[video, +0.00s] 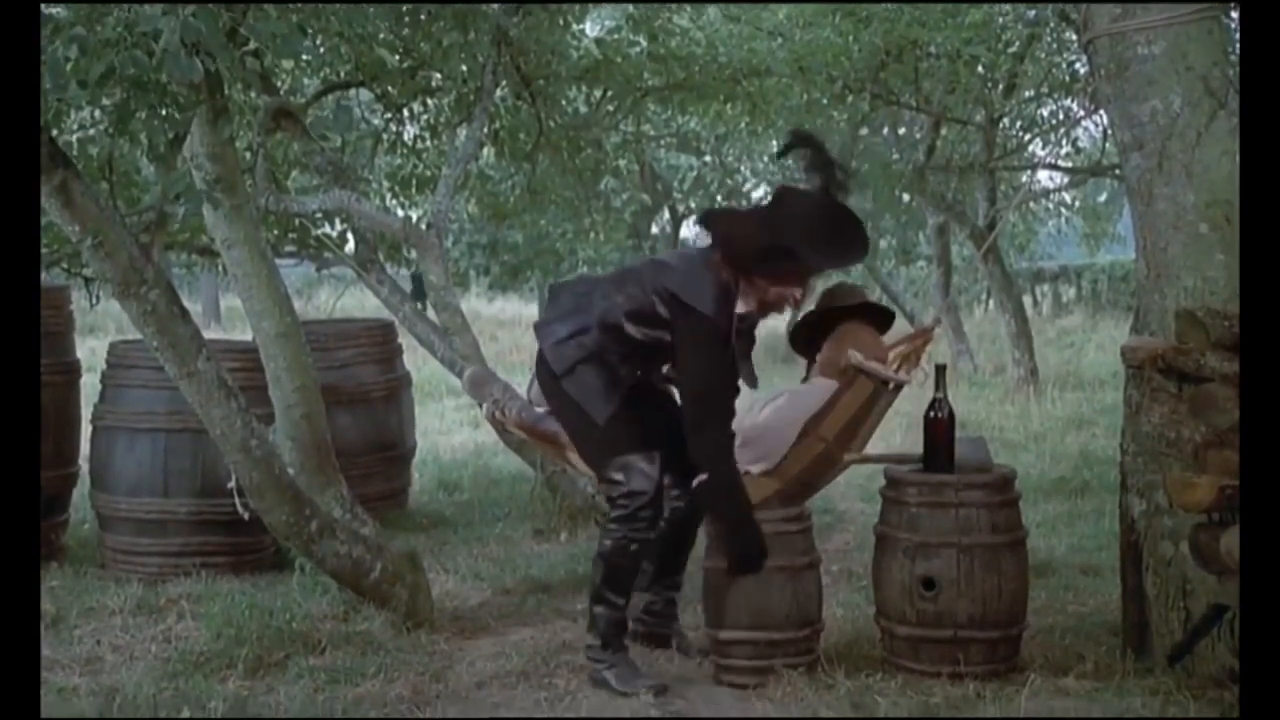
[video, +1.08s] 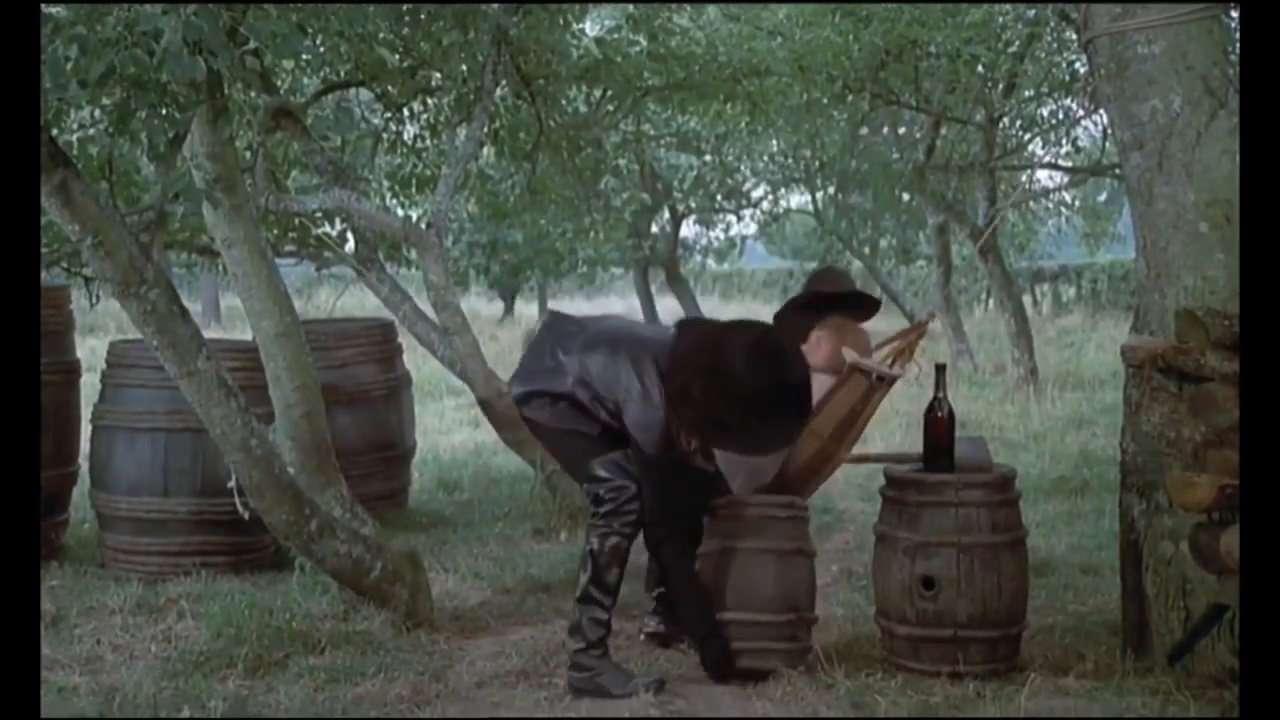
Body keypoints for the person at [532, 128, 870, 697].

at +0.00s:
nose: (800, 299)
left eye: (808, 285)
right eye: (795, 282)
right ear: (760, 268)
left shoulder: (729, 297)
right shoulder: (704, 304)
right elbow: (710, 442)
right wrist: (742, 538)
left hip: (630, 365)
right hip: (575, 358)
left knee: (689, 481)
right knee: (639, 485)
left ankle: (654, 619)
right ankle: (606, 652)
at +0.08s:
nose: (807, 334)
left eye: (817, 322)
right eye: (808, 317)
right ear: (778, 303)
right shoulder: (703, 333)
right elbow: (702, 465)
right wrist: (728, 567)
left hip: (634, 371)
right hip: (571, 361)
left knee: (681, 489)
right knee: (630, 494)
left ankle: (663, 619)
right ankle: (603, 651)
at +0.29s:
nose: (799, 398)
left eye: (804, 387)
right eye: (796, 383)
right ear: (766, 361)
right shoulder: (702, 378)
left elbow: (705, 491)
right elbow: (694, 507)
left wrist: (734, 601)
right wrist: (725, 621)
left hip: (626, 376)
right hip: (568, 376)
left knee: (679, 491)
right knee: (634, 496)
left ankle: (664, 616)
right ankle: (603, 650)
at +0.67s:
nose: (766, 446)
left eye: (779, 439)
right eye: (770, 433)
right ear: (751, 403)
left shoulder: (725, 368)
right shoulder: (691, 414)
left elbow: (702, 509)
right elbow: (683, 541)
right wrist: (724, 654)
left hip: (616, 369)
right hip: (565, 382)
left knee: (684, 480)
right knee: (634, 491)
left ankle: (671, 610)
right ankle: (589, 661)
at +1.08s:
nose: (715, 449)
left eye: (724, 443)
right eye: (715, 439)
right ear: (695, 405)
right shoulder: (650, 412)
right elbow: (669, 552)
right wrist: (716, 657)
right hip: (546, 387)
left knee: (685, 485)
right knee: (619, 493)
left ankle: (667, 615)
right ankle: (588, 662)